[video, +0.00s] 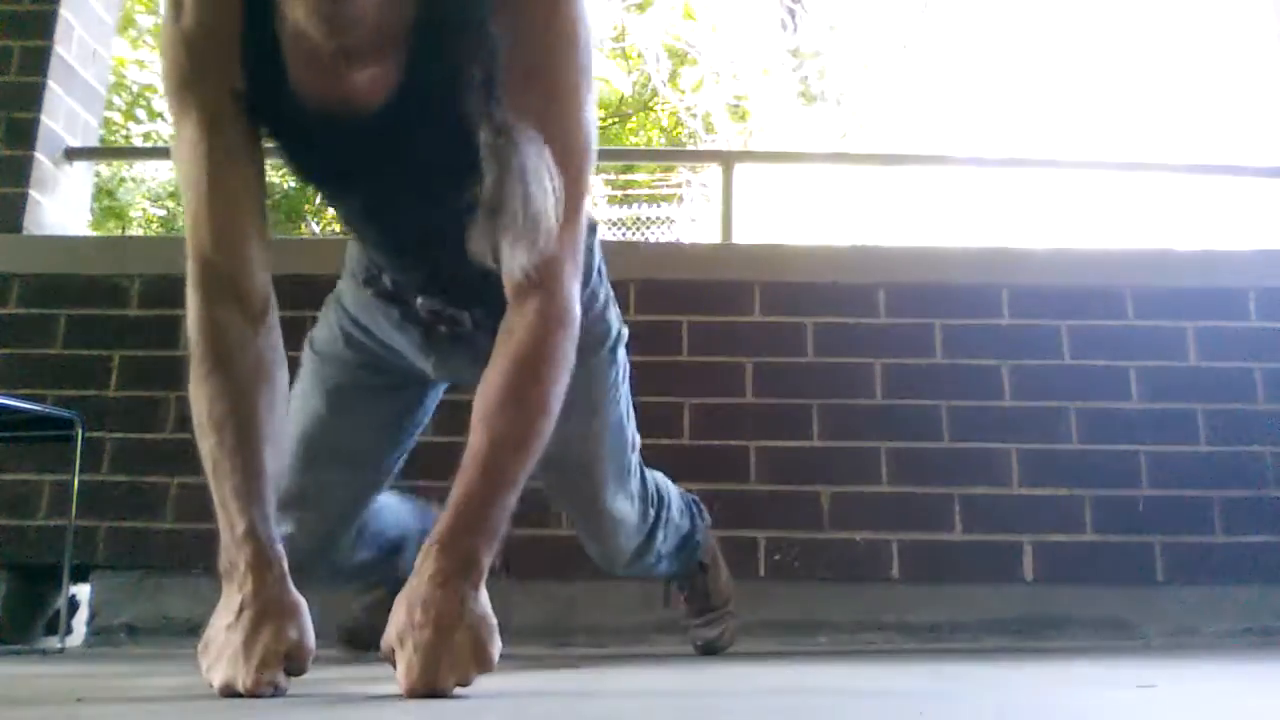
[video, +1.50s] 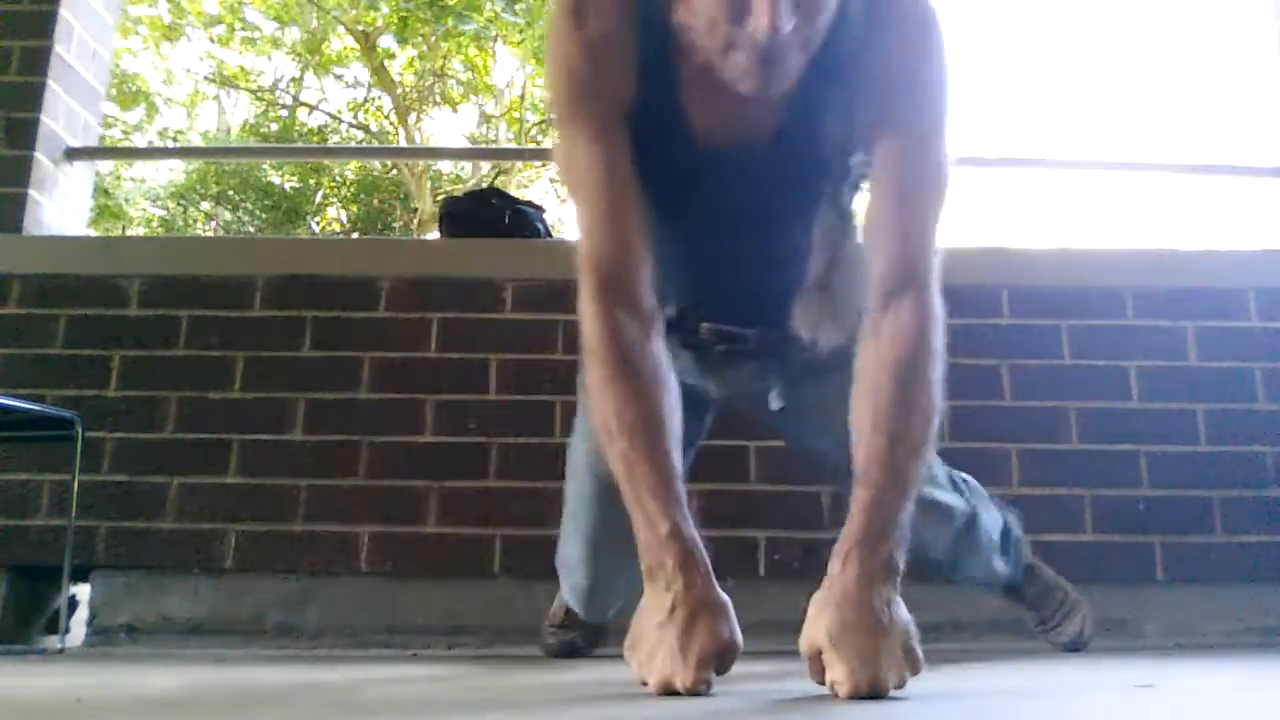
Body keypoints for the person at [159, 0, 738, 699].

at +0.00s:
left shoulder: (529, 16)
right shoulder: (210, 24)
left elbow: (544, 290)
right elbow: (228, 298)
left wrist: (456, 566)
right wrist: (249, 566)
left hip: (536, 295)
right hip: (384, 293)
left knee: (618, 535)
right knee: (298, 539)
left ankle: (688, 542)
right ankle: (427, 546)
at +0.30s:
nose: (292, 10)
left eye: (325, 4)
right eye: (266, 6)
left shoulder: (490, 25)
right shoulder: (197, 39)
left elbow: (532, 305)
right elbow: (221, 302)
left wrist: (458, 564)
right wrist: (249, 566)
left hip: (512, 344)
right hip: (356, 343)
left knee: (603, 567)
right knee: (274, 585)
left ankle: (685, 547)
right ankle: (373, 569)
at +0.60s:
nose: (400, 16)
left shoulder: (572, 40)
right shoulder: (266, 33)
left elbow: (730, 292)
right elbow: (251, 303)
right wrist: (249, 572)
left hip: (551, 330)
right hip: (384, 319)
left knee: (621, 542)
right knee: (320, 555)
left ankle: (690, 545)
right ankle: (378, 562)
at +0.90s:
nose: (525, 13)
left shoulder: (692, 34)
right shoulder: (370, 27)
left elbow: (793, 287)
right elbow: (297, 296)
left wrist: (858, 561)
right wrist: (255, 566)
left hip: (636, 340)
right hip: (475, 338)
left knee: (663, 565)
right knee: (482, 593)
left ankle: (693, 569)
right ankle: (565, 549)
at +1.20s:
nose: (652, 15)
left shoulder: (799, 21)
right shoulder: (485, 19)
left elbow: (846, 278)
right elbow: (444, 286)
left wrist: (862, 568)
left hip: (745, 292)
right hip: (593, 288)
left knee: (790, 541)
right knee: (566, 548)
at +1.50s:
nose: (767, 26)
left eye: (798, 0)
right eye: (731, 1)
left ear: (837, 0)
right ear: (673, 5)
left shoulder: (896, 24)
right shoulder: (593, 21)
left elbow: (904, 296)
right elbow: (617, 303)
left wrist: (867, 572)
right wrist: (674, 571)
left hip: (813, 347)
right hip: (661, 335)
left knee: (913, 503)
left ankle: (1012, 565)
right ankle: (587, 598)